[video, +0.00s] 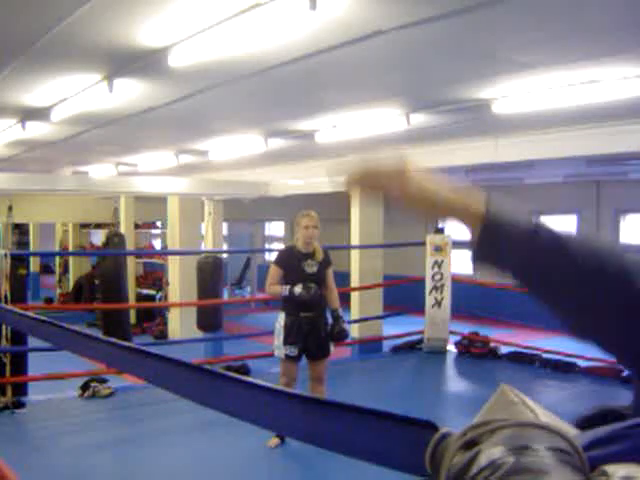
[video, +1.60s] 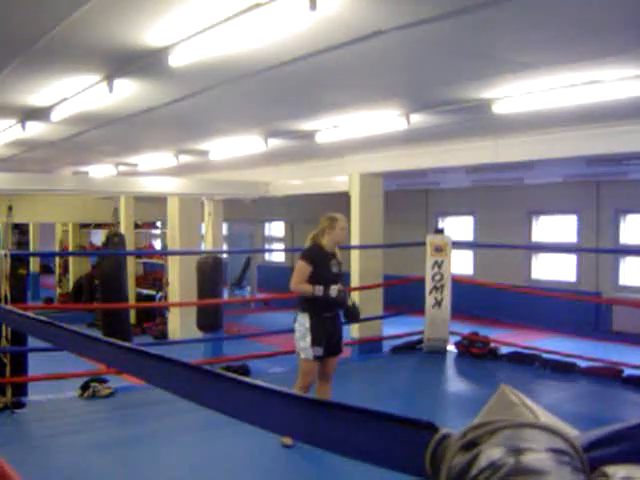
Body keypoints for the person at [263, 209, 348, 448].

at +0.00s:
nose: (310, 232)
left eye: (314, 228)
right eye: (306, 227)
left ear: (319, 231)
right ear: (297, 230)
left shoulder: (323, 257)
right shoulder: (285, 256)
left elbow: (330, 289)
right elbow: (270, 287)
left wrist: (338, 316)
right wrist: (293, 289)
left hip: (317, 318)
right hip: (292, 318)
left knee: (318, 378)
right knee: (287, 378)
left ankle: (319, 428)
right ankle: (280, 429)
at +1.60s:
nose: (345, 234)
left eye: (346, 230)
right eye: (342, 229)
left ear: (337, 232)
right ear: (329, 230)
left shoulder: (336, 257)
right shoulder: (311, 254)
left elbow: (335, 286)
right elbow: (296, 284)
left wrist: (346, 302)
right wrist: (325, 290)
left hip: (331, 315)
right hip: (310, 315)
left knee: (326, 375)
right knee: (307, 377)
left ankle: (322, 425)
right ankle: (289, 426)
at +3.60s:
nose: (315, 232)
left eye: (316, 228)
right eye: (311, 228)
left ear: (314, 231)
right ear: (296, 231)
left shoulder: (315, 255)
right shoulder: (281, 260)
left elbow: (321, 282)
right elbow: (265, 293)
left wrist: (326, 288)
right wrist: (291, 293)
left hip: (314, 319)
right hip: (290, 321)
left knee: (328, 380)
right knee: (292, 381)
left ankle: (326, 430)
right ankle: (297, 435)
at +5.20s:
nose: (346, 233)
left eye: (346, 229)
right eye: (343, 228)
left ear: (337, 230)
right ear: (329, 229)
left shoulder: (336, 258)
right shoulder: (313, 255)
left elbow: (332, 290)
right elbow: (297, 289)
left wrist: (350, 291)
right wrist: (328, 288)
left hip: (335, 317)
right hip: (315, 317)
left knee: (333, 378)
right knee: (308, 379)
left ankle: (329, 428)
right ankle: (300, 431)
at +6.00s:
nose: (346, 233)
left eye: (346, 229)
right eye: (342, 229)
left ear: (337, 231)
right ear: (328, 229)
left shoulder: (335, 258)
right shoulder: (313, 256)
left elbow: (332, 289)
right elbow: (297, 289)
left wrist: (350, 291)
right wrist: (329, 289)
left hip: (335, 318)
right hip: (316, 318)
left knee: (334, 378)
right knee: (309, 380)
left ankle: (330, 428)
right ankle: (299, 431)